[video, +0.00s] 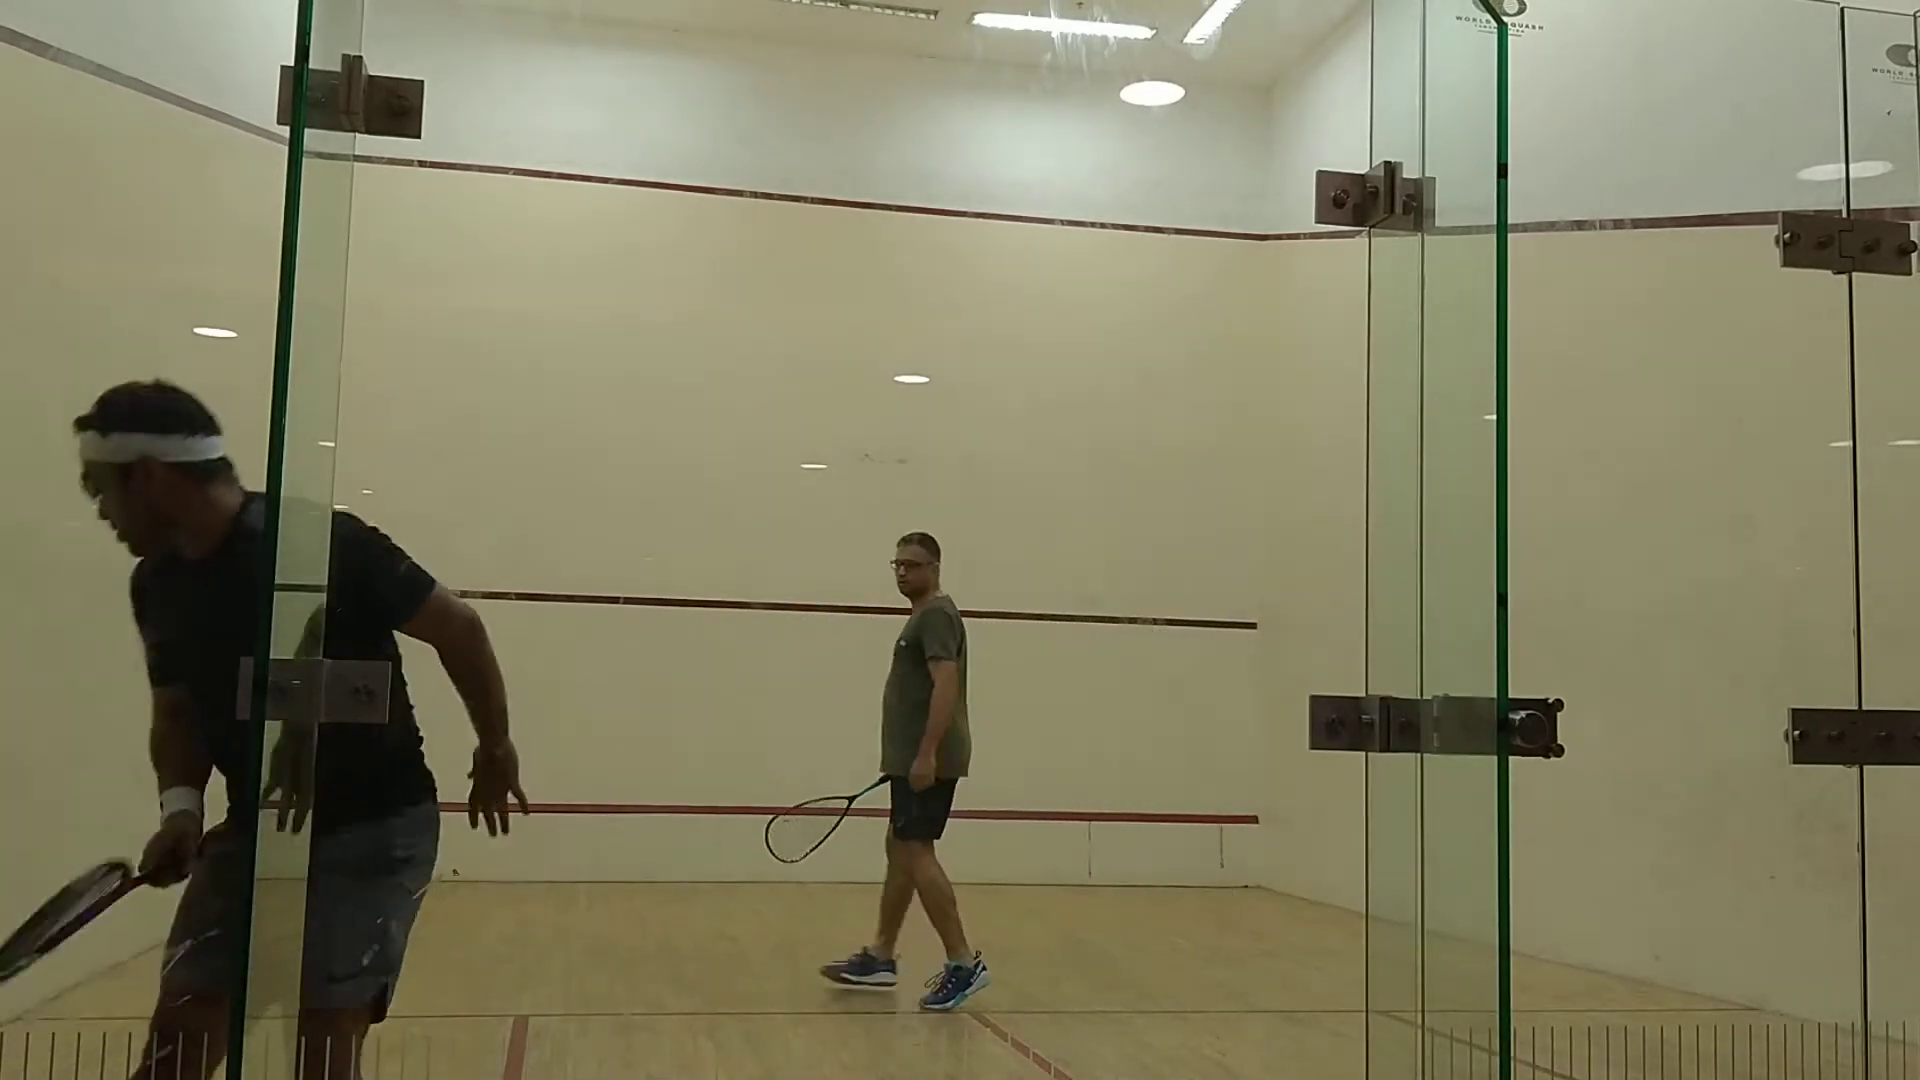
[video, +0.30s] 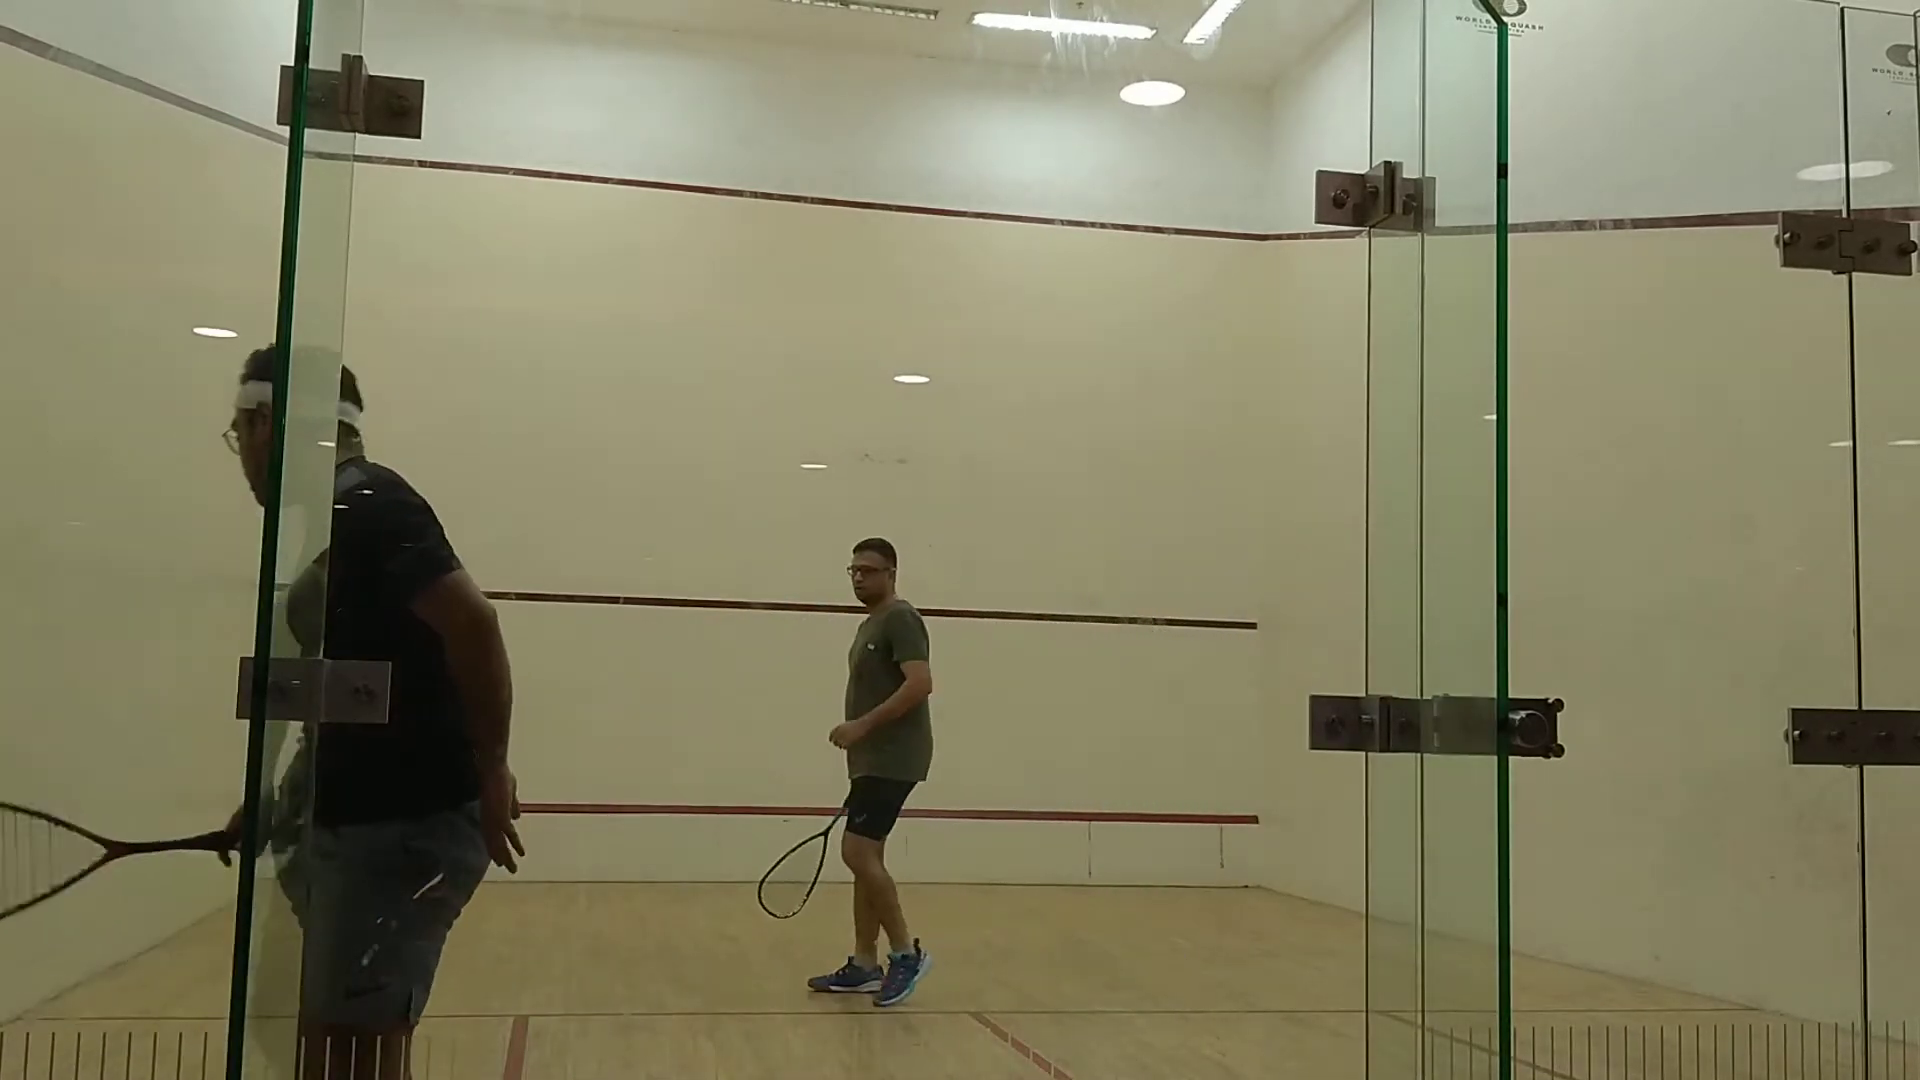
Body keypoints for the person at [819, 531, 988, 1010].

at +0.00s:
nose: (902, 572)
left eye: (912, 565)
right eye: (898, 565)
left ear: (935, 568)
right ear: (898, 570)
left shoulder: (936, 615)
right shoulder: (924, 616)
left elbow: (945, 687)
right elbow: (923, 694)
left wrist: (926, 754)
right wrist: (899, 755)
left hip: (929, 762)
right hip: (913, 760)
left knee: (916, 853)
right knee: (899, 850)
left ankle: (963, 962)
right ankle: (880, 957)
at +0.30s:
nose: (860, 577)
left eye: (869, 571)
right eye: (855, 571)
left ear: (891, 574)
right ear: (852, 576)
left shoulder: (900, 617)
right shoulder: (871, 624)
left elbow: (919, 685)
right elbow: (870, 698)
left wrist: (862, 725)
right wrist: (858, 769)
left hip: (895, 759)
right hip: (874, 759)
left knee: (857, 851)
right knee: (866, 856)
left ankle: (906, 955)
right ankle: (863, 964)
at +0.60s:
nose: (854, 581)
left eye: (864, 574)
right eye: (848, 571)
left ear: (883, 577)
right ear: (840, 572)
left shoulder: (898, 625)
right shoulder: (830, 625)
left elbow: (928, 685)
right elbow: (816, 690)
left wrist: (876, 667)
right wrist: (794, 753)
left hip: (881, 768)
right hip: (838, 765)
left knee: (863, 864)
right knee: (847, 863)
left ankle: (843, 977)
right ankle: (865, 964)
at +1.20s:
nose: (856, 574)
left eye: (865, 566)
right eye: (848, 566)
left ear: (884, 565)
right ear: (837, 565)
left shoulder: (908, 625)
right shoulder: (813, 623)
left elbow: (923, 684)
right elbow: (787, 700)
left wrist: (922, 721)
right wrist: (777, 760)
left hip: (879, 781)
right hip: (821, 777)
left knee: (861, 882)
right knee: (816, 872)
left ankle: (836, 982)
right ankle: (814, 989)